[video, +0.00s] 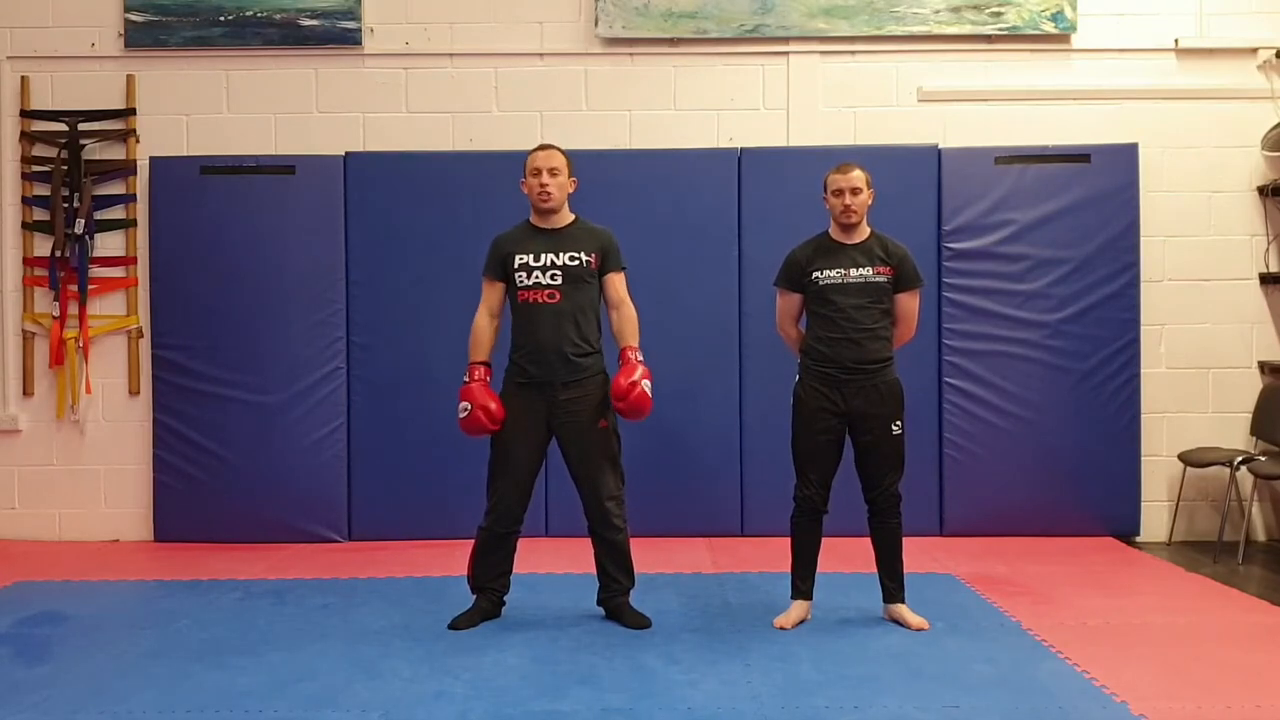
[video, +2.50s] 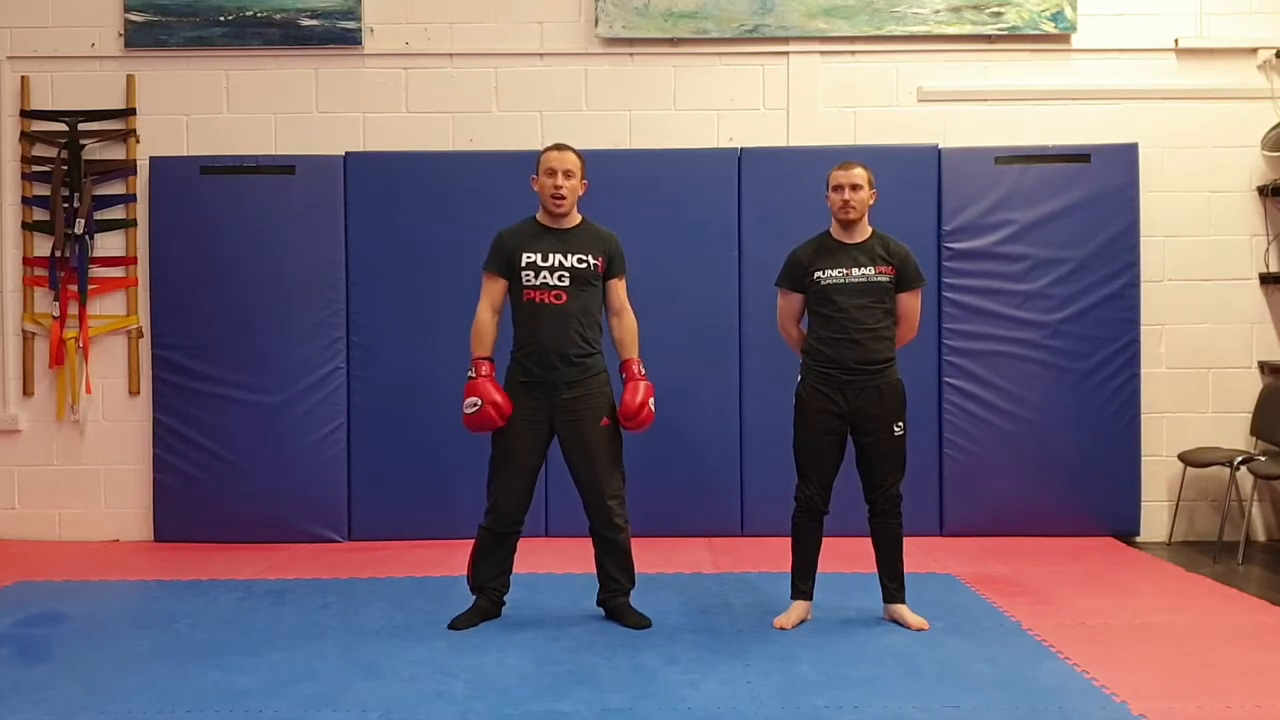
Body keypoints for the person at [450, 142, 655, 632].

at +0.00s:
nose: (543, 181)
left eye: (552, 174)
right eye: (535, 174)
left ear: (571, 183)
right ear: (525, 184)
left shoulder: (598, 240)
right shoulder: (507, 245)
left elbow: (620, 304)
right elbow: (488, 314)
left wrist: (632, 360)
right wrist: (476, 376)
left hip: (586, 389)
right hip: (524, 390)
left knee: (606, 500)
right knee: (504, 501)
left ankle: (616, 597)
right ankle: (488, 597)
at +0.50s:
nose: (549, 175)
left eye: (558, 169)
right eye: (541, 169)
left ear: (574, 183)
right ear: (528, 184)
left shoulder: (600, 241)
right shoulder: (508, 243)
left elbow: (619, 309)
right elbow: (487, 311)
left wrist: (632, 372)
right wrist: (478, 375)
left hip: (586, 389)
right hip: (523, 389)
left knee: (606, 500)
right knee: (504, 500)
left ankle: (616, 597)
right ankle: (488, 597)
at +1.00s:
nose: (557, 171)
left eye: (563, 165)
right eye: (546, 167)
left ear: (576, 182)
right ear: (531, 187)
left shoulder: (602, 240)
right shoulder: (508, 239)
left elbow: (622, 307)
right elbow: (478, 298)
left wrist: (634, 367)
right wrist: (505, 333)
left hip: (587, 387)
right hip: (527, 388)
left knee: (607, 498)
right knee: (505, 497)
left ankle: (617, 597)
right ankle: (488, 597)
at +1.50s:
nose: (548, 184)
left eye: (559, 176)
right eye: (541, 175)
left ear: (576, 185)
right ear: (530, 181)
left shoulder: (599, 241)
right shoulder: (510, 237)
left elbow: (636, 297)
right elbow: (464, 283)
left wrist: (636, 336)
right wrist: (508, 319)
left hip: (587, 387)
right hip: (527, 386)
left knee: (608, 498)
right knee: (505, 496)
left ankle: (616, 597)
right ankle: (488, 597)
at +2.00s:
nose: (554, 184)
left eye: (565, 176)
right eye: (547, 175)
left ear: (580, 185)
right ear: (534, 181)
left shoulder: (603, 241)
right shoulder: (512, 240)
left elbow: (622, 310)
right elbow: (489, 309)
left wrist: (634, 372)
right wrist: (483, 370)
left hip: (586, 388)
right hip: (524, 388)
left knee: (606, 499)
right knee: (505, 500)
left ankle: (616, 598)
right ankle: (488, 597)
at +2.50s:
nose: (559, 183)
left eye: (568, 175)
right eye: (551, 174)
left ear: (582, 184)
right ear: (536, 182)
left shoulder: (604, 243)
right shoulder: (511, 241)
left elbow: (620, 311)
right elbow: (489, 309)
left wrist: (634, 373)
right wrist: (481, 372)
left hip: (587, 389)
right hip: (524, 389)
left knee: (607, 500)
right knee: (504, 501)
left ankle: (616, 597)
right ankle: (488, 597)